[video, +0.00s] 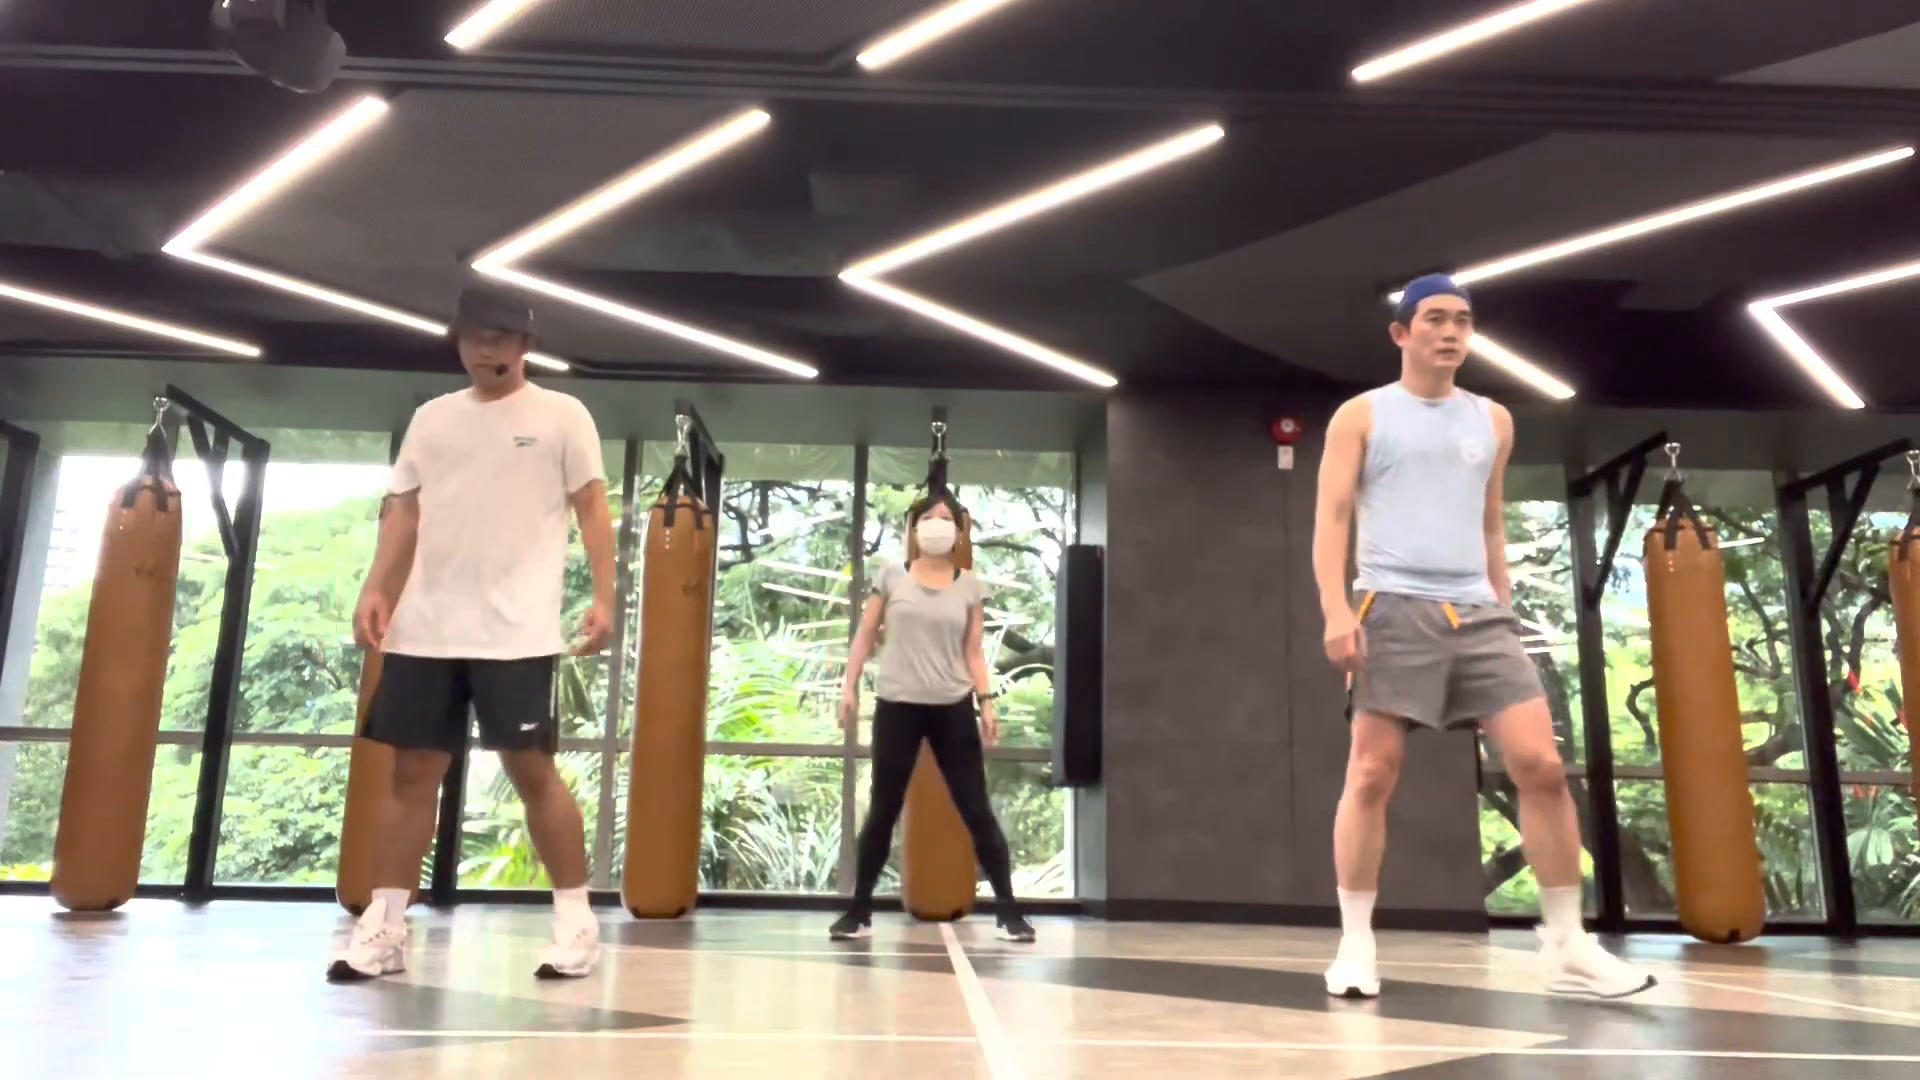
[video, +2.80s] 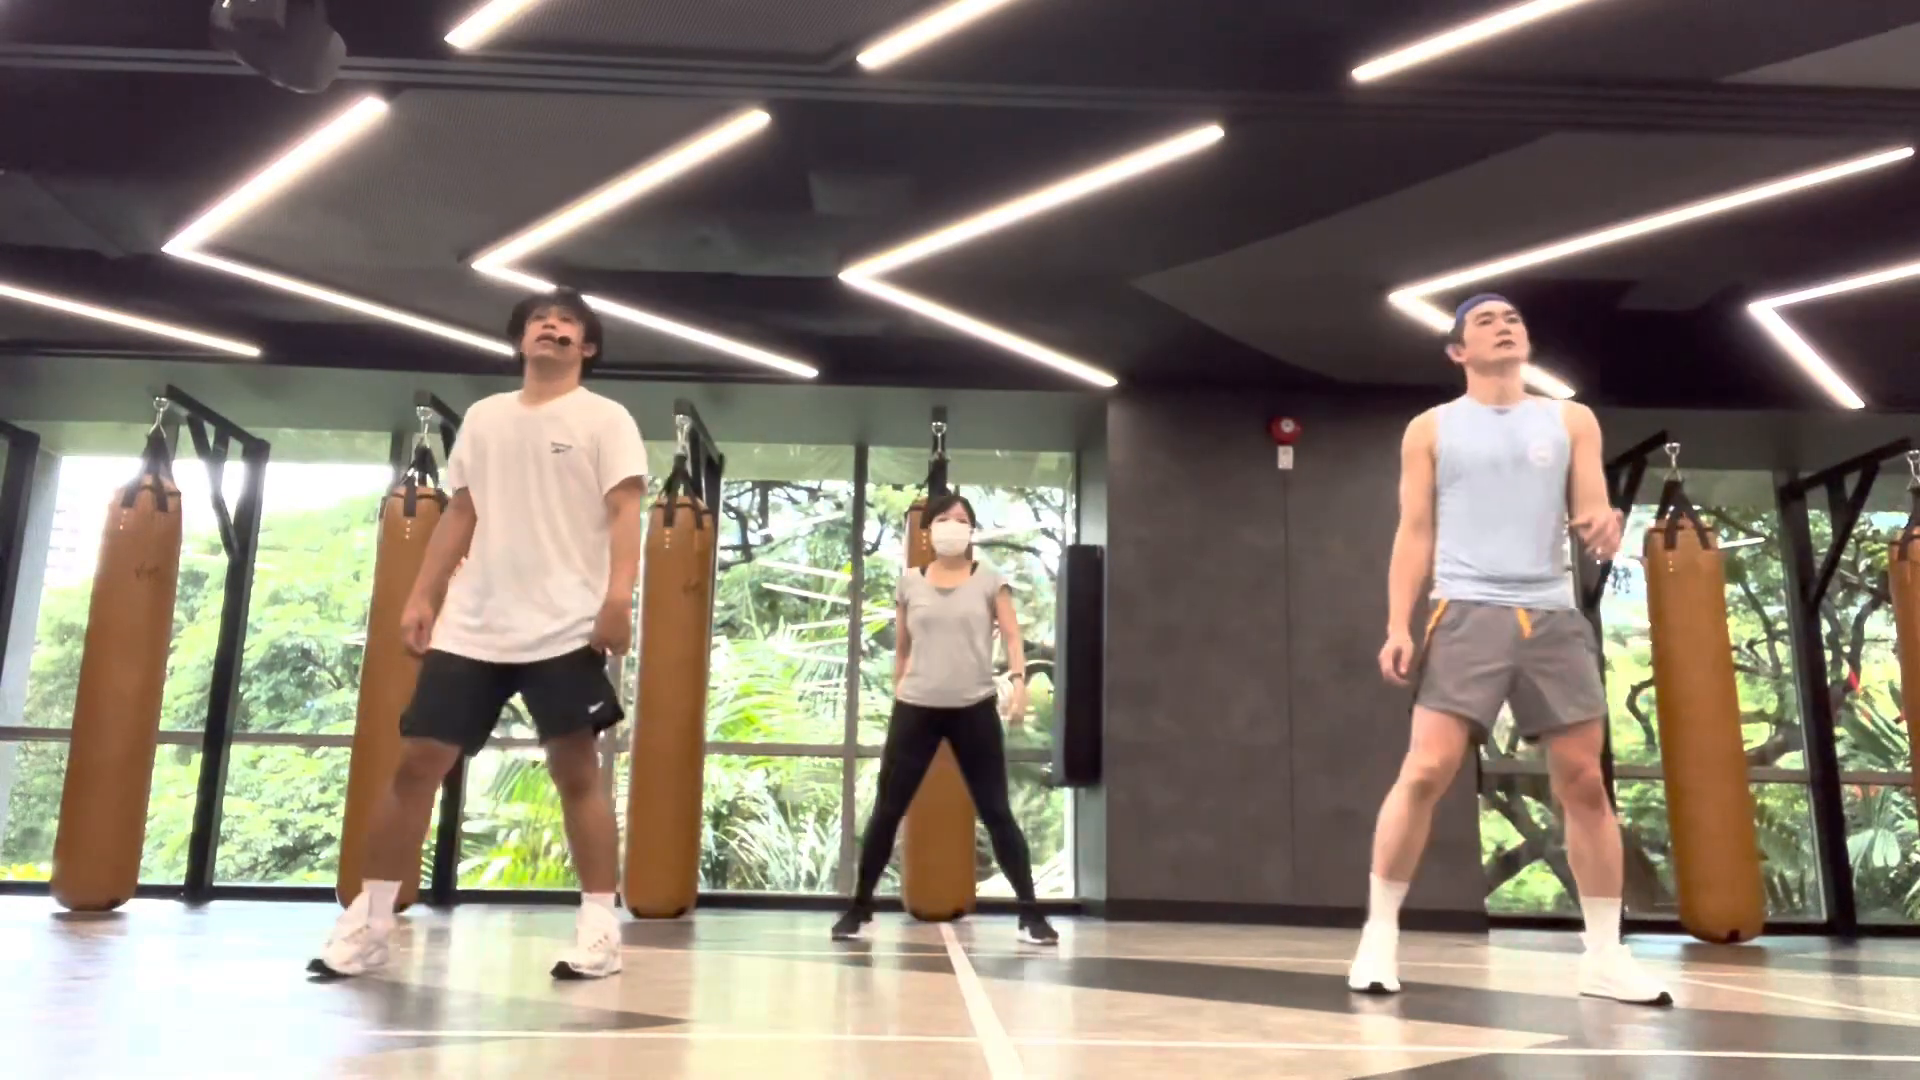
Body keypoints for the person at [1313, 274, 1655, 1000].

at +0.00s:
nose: (1453, 331)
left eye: (1462, 321)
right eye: (1438, 319)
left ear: (1471, 336)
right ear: (1402, 332)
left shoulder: (1492, 421)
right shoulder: (1360, 416)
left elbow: (1492, 526)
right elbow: (1332, 516)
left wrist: (1502, 615)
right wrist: (1336, 610)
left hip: (1483, 616)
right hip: (1395, 615)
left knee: (1543, 767)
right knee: (1370, 777)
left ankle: (1567, 946)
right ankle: (1355, 947)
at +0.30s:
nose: (1526, 329)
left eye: (1536, 317)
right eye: (1510, 318)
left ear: (1549, 331)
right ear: (1479, 332)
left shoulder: (1572, 416)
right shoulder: (1445, 414)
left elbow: (1581, 518)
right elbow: (1417, 518)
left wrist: (1596, 603)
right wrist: (1417, 614)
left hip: (1574, 613)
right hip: (1486, 614)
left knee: (1603, 775)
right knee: (1453, 769)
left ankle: (1613, 962)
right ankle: (1396, 930)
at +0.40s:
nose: (1540, 324)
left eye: (1549, 314)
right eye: (1523, 313)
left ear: (1561, 330)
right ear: (1490, 330)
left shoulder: (1590, 414)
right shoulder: (1458, 412)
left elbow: (1605, 514)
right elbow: (1430, 516)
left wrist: (1624, 601)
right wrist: (1429, 615)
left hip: (1592, 608)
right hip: (1506, 605)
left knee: (1607, 776)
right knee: (1509, 765)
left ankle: (1615, 959)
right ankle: (1459, 925)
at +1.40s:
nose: (1451, 349)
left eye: (1462, 336)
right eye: (1436, 336)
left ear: (1475, 342)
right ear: (1406, 345)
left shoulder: (1502, 421)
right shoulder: (1365, 425)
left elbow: (1516, 532)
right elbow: (1338, 528)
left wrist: (1535, 630)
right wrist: (1319, 625)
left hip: (1486, 617)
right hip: (1401, 614)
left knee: (1523, 774)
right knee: (1394, 778)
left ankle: (1529, 944)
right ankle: (1397, 946)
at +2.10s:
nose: (1525, 321)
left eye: (1533, 314)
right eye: (1506, 314)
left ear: (1545, 341)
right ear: (1474, 343)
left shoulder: (1575, 427)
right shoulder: (1450, 418)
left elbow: (1584, 534)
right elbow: (1418, 519)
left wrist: (1591, 618)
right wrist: (1429, 608)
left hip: (1572, 622)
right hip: (1491, 620)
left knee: (1594, 783)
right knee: (1455, 775)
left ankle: (1605, 956)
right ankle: (1409, 941)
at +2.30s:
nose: (1547, 323)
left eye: (1554, 318)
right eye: (1528, 319)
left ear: (1567, 346)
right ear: (1498, 350)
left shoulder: (1597, 434)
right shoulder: (1472, 417)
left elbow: (1637, 526)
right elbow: (1444, 520)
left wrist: (1676, 594)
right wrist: (1457, 616)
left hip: (1597, 620)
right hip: (1517, 618)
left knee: (1604, 780)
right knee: (1535, 771)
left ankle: (1605, 954)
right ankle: (1490, 924)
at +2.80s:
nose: (1504, 325)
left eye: (1513, 319)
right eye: (1486, 321)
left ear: (1530, 346)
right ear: (1458, 351)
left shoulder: (1572, 419)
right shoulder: (1430, 428)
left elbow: (1592, 511)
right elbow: (1414, 531)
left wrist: (1603, 527)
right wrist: (1400, 622)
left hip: (1555, 623)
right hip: (1463, 621)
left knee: (1585, 780)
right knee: (1424, 773)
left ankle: (1603, 956)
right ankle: (1379, 938)